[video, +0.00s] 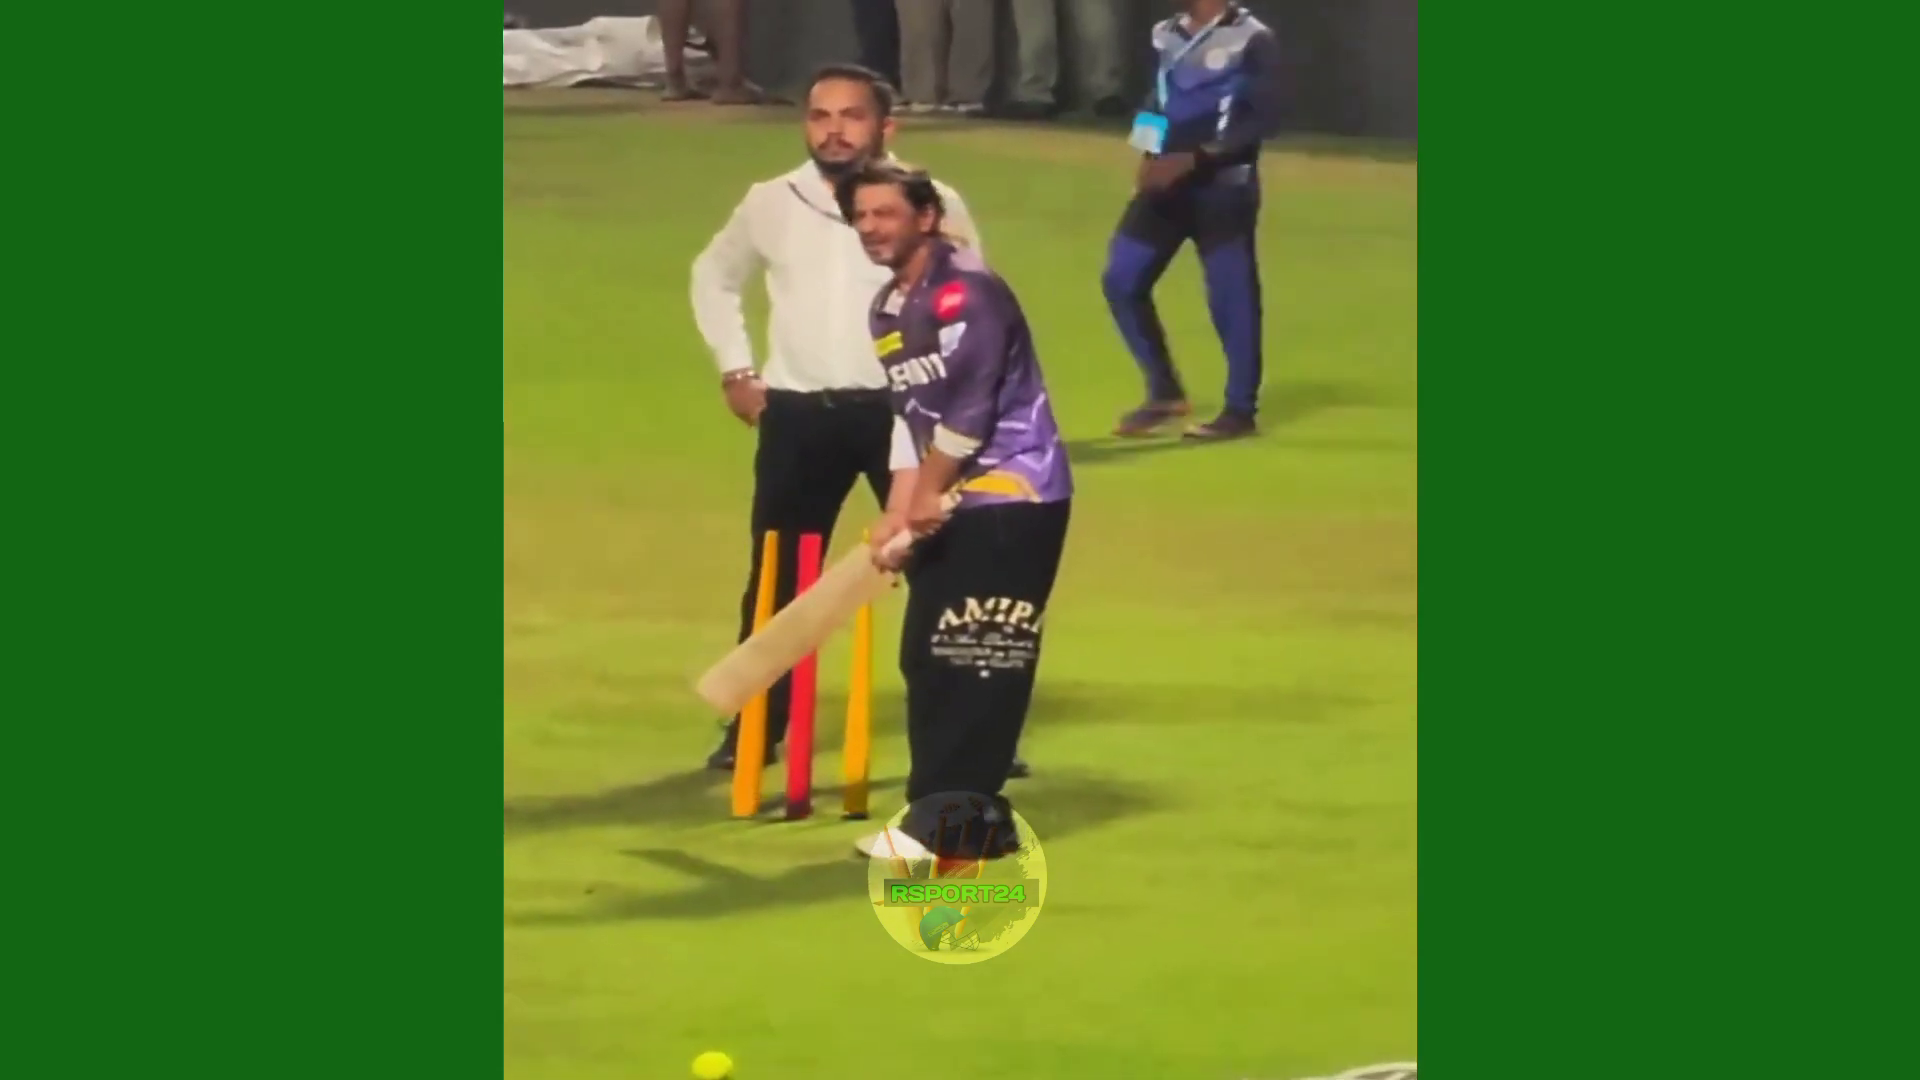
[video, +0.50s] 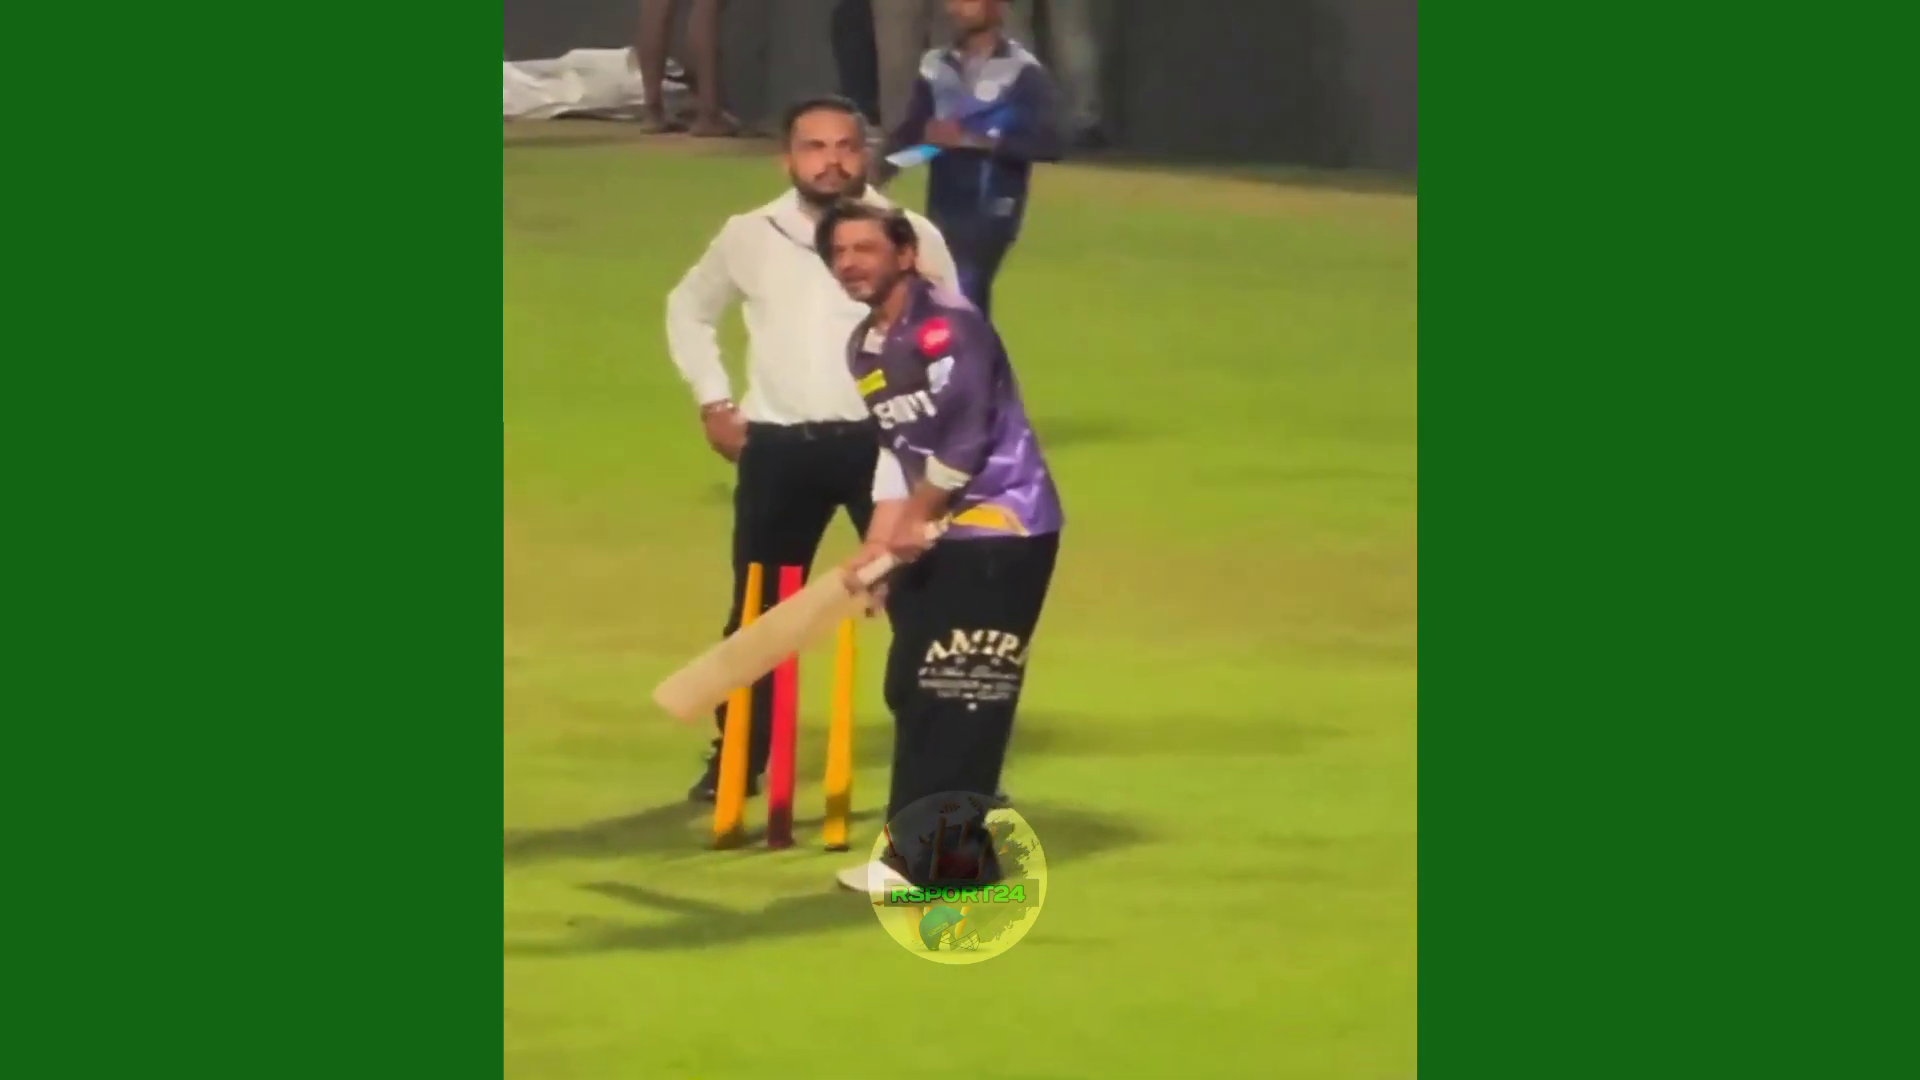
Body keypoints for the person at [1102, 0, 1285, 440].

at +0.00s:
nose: (1189, 0)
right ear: (1188, 1)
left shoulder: (1255, 40)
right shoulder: (1165, 37)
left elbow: (1262, 122)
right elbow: (1157, 103)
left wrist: (1196, 157)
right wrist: (1149, 150)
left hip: (1224, 189)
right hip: (1167, 184)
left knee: (1233, 300)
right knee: (1121, 283)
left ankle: (1240, 409)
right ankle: (1164, 394)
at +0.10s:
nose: (1141, 2)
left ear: (1178, 0)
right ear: (1156, 6)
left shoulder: (1219, 50)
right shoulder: (1132, 47)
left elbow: (1222, 131)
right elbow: (1134, 108)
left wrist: (1143, 144)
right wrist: (1114, 135)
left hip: (1194, 204)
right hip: (1137, 200)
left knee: (1214, 313)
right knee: (1088, 297)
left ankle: (1231, 419)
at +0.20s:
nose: (1084, 3)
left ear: (1122, 3)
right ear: (1102, 8)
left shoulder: (1160, 56)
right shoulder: (1077, 58)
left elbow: (1152, 131)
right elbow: (1074, 144)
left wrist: (1080, 113)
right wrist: (1067, 209)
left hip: (1136, 217)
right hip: (1081, 214)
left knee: (1178, 315)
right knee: (1045, 314)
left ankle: (1226, 412)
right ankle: (1010, 416)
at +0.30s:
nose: (1043, 1)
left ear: (1080, 4)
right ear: (1042, 8)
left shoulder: (1109, 59)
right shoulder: (1030, 58)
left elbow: (1098, 134)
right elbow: (1013, 137)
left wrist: (1039, 118)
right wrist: (996, 209)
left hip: (1078, 225)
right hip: (1025, 220)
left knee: (1099, 322)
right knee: (1007, 329)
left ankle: (1191, 402)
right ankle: (1001, 432)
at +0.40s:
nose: (997, 1)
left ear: (1037, 4)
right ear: (994, 5)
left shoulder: (1065, 60)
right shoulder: (982, 56)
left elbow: (1069, 134)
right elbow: (964, 125)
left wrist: (999, 124)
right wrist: (940, 167)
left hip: (1032, 210)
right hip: (981, 207)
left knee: (1004, 316)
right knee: (982, 319)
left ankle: (1107, 389)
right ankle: (991, 428)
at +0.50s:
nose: (959, 9)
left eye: (970, 2)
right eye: (955, 2)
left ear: (996, 9)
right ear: (947, 9)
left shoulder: (1026, 70)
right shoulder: (935, 66)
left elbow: (1046, 144)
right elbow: (912, 129)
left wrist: (970, 140)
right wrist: (879, 167)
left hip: (995, 204)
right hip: (944, 201)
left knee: (967, 294)